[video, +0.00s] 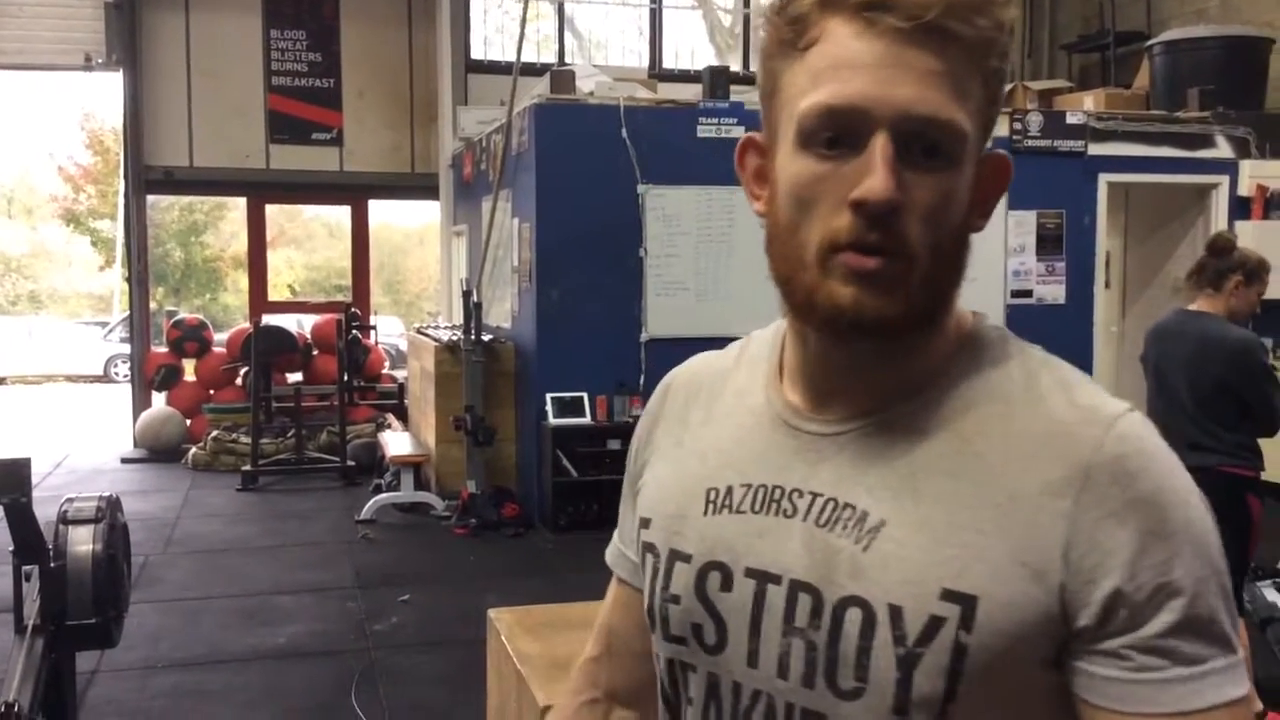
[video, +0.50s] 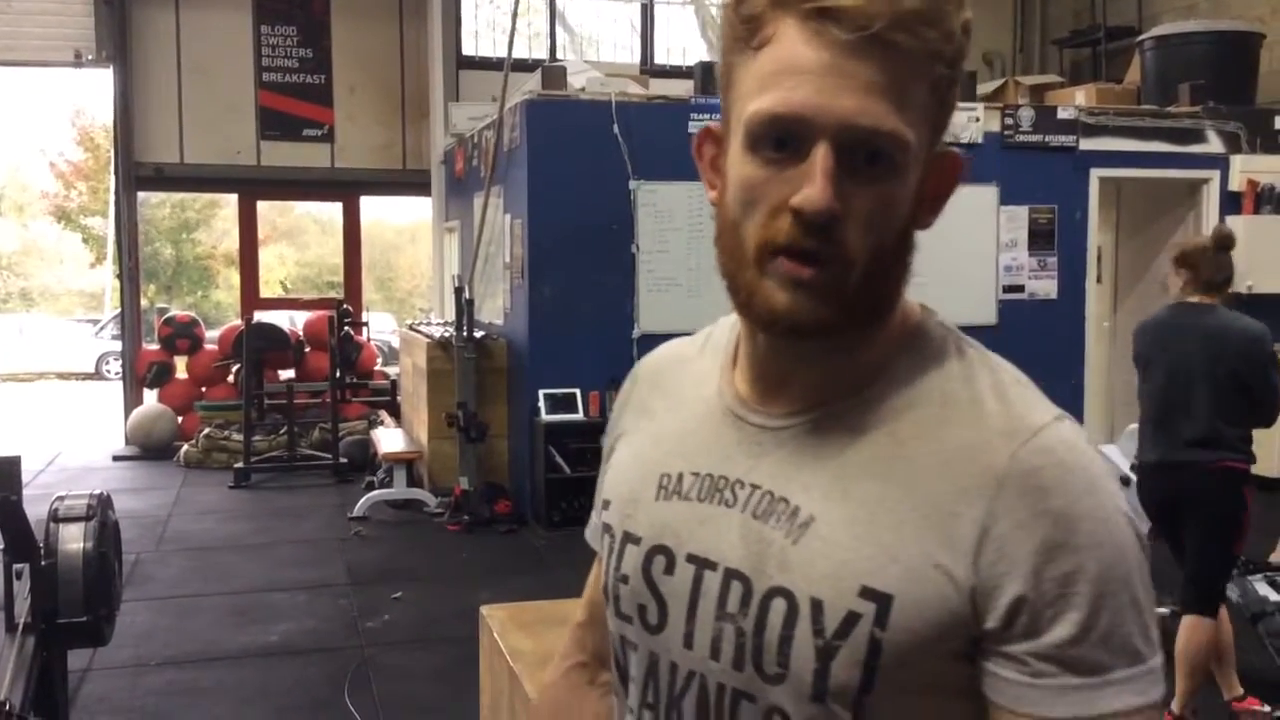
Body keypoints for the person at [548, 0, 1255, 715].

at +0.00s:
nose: (879, 190)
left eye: (926, 148)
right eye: (834, 139)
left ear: (982, 194)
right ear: (760, 176)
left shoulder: (1104, 473)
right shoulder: (686, 407)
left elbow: (1205, 703)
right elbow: (609, 692)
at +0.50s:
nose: (817, 199)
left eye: (868, 158)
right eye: (780, 144)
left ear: (932, 192)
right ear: (714, 164)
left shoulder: (1039, 487)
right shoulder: (655, 392)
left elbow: (1097, 700)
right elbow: (592, 658)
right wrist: (571, 674)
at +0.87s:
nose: (729, 174)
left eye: (775, 134)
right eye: (693, 127)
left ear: (842, 161)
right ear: (638, 152)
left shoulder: (945, 425)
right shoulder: (597, 374)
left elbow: (1008, 700)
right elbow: (536, 658)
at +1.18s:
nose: (709, 137)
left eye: (752, 97)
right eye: (672, 97)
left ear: (823, 128)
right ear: (624, 131)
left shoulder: (946, 382)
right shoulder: (617, 351)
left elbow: (1053, 696)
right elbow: (572, 617)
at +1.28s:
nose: (752, 112)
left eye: (797, 70)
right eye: (715, 74)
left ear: (875, 99)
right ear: (672, 111)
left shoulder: (1010, 353)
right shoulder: (687, 332)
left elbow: (1134, 682)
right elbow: (645, 594)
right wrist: (595, 706)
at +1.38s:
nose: (820, 85)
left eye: (867, 39)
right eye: (786, 51)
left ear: (968, 55)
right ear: (758, 81)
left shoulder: (1108, 323)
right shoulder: (799, 304)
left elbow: (1242, 677)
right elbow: (754, 577)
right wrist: (691, 707)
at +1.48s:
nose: (871, 87)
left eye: (918, 35)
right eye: (855, 47)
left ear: (1054, 28)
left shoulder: (1219, 298)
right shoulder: (930, 283)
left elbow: (1266, 664)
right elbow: (904, 575)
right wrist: (810, 703)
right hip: (909, 705)